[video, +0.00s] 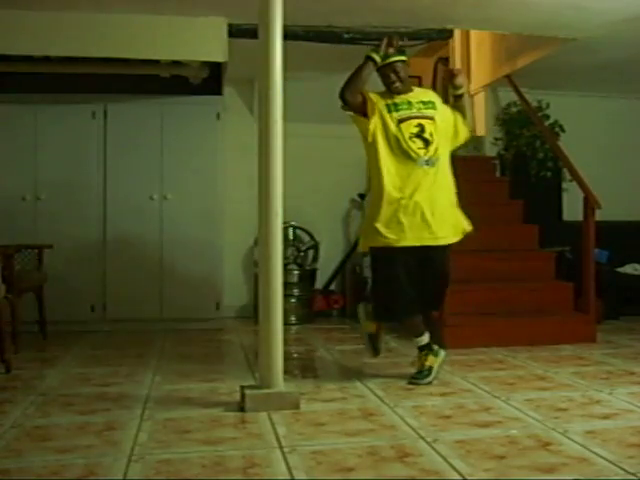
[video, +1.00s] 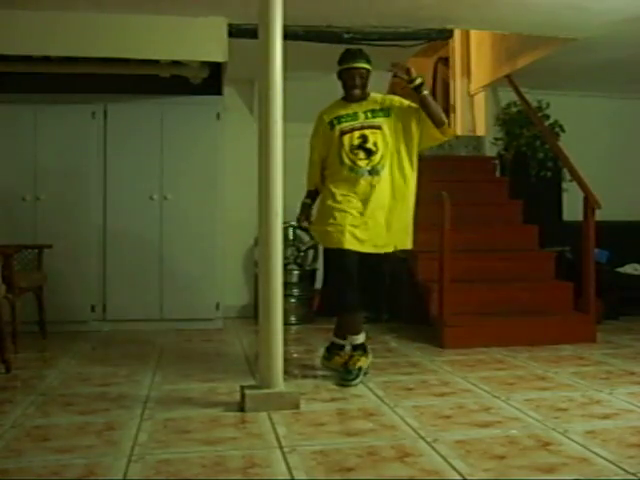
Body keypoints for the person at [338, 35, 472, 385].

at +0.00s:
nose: (392, 79)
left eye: (398, 72)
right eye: (385, 75)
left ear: (410, 72)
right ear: (379, 78)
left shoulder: (435, 103)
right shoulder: (376, 106)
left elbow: (463, 132)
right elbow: (349, 97)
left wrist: (457, 95)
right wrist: (372, 59)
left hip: (435, 212)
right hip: (390, 215)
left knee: (432, 293)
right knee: (399, 296)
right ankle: (428, 348)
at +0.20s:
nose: (390, 84)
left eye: (395, 78)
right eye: (384, 79)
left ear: (403, 82)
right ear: (375, 83)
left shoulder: (417, 117)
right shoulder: (364, 115)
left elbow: (434, 166)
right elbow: (337, 108)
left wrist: (444, 133)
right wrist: (363, 75)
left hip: (419, 217)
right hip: (383, 216)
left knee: (418, 294)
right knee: (398, 294)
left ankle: (360, 333)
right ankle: (425, 348)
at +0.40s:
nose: (385, 85)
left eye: (391, 79)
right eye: (379, 79)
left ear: (399, 83)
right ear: (369, 81)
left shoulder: (406, 119)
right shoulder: (354, 111)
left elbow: (418, 172)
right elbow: (327, 144)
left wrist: (433, 138)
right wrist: (343, 94)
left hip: (400, 213)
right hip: (366, 213)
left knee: (373, 288)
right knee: (388, 285)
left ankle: (342, 345)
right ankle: (415, 348)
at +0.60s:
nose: (381, 79)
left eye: (386, 73)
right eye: (374, 72)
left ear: (392, 76)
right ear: (363, 74)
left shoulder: (405, 115)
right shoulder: (343, 109)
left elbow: (439, 151)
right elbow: (316, 164)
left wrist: (437, 110)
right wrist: (327, 156)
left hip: (388, 206)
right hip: (352, 203)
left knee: (371, 276)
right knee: (369, 264)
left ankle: (338, 345)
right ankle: (362, 343)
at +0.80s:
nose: (367, 80)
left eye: (373, 73)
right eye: (361, 73)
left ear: (382, 75)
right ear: (350, 74)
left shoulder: (404, 109)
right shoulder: (335, 109)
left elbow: (445, 130)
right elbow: (322, 158)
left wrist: (429, 89)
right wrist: (318, 197)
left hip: (385, 208)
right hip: (346, 206)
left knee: (367, 281)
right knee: (348, 277)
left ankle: (338, 344)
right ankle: (353, 347)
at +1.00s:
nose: (355, 81)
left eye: (361, 75)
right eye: (348, 75)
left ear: (370, 78)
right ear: (339, 77)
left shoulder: (397, 107)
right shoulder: (329, 117)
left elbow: (441, 125)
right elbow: (318, 169)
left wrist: (419, 91)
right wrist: (307, 205)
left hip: (381, 209)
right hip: (340, 208)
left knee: (361, 281)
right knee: (344, 280)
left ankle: (337, 347)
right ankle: (358, 349)